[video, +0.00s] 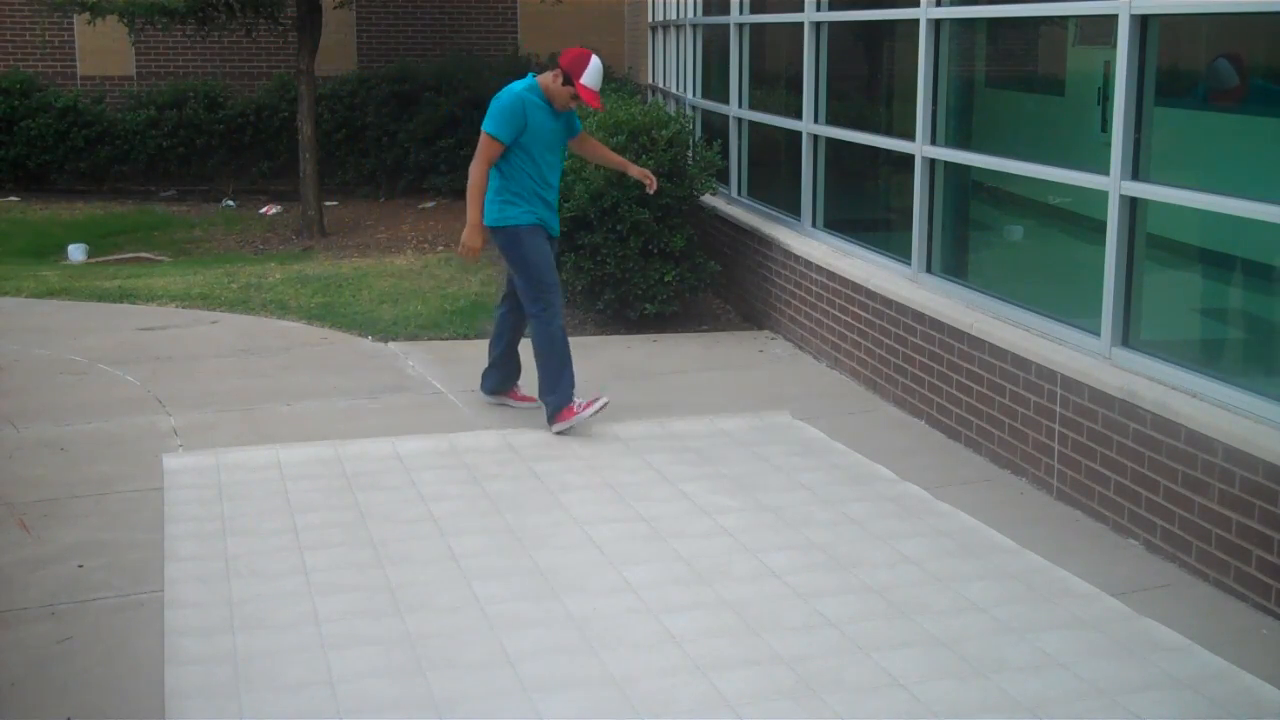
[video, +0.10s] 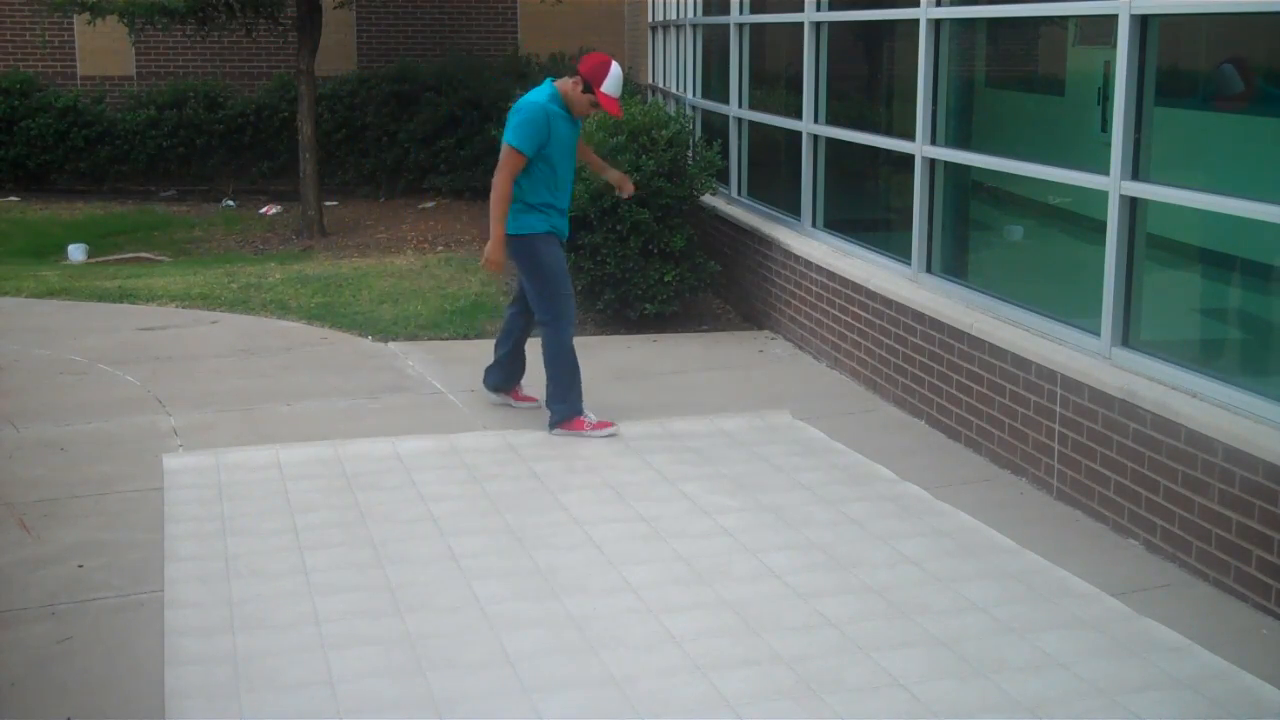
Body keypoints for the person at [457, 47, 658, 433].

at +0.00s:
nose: (574, 105)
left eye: (579, 101)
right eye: (574, 97)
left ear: (570, 85)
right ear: (558, 77)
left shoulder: (561, 110)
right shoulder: (513, 100)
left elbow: (584, 144)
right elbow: (479, 163)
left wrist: (630, 168)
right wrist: (474, 224)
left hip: (543, 220)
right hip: (512, 218)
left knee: (518, 302)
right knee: (546, 301)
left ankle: (498, 381)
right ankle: (559, 407)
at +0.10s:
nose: (592, 113)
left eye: (598, 108)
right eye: (592, 104)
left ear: (582, 88)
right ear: (576, 83)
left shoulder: (565, 108)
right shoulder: (534, 110)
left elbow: (575, 147)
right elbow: (502, 176)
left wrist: (610, 174)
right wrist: (496, 240)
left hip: (550, 226)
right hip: (527, 227)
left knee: (527, 306)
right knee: (558, 315)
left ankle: (502, 378)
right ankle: (566, 414)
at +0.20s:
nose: (614, 127)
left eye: (619, 123)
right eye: (614, 120)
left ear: (603, 99)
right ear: (598, 98)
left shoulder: (580, 106)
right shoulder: (556, 122)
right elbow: (523, 186)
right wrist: (531, 253)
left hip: (555, 226)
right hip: (541, 230)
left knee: (550, 304)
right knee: (568, 317)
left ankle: (508, 369)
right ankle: (567, 415)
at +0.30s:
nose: (625, 138)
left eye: (631, 133)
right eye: (624, 130)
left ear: (613, 105)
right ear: (608, 109)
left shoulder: (592, 96)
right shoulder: (569, 133)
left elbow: (544, 126)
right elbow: (536, 195)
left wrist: (518, 162)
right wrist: (567, 255)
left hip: (567, 222)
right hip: (536, 229)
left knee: (579, 302)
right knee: (565, 313)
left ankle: (519, 359)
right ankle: (567, 415)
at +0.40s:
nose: (630, 144)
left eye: (637, 140)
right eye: (631, 137)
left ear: (622, 107)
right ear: (617, 115)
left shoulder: (597, 94)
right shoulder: (579, 135)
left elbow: (543, 117)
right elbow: (548, 200)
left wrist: (510, 146)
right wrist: (589, 253)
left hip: (574, 214)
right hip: (538, 221)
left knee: (597, 300)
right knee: (564, 315)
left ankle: (541, 364)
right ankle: (568, 415)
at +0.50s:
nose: (636, 146)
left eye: (643, 142)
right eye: (636, 139)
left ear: (628, 109)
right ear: (623, 117)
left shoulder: (604, 93)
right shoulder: (585, 138)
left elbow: (550, 111)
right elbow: (558, 205)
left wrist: (518, 141)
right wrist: (599, 257)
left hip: (579, 213)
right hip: (542, 221)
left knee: (605, 299)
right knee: (565, 314)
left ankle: (582, 386)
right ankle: (566, 415)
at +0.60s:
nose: (639, 143)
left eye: (645, 139)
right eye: (639, 137)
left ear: (632, 110)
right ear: (624, 117)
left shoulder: (609, 94)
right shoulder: (584, 138)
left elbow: (561, 118)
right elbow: (562, 208)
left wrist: (542, 158)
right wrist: (598, 261)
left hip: (588, 214)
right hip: (548, 223)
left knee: (609, 304)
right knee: (571, 319)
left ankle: (612, 401)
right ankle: (566, 416)